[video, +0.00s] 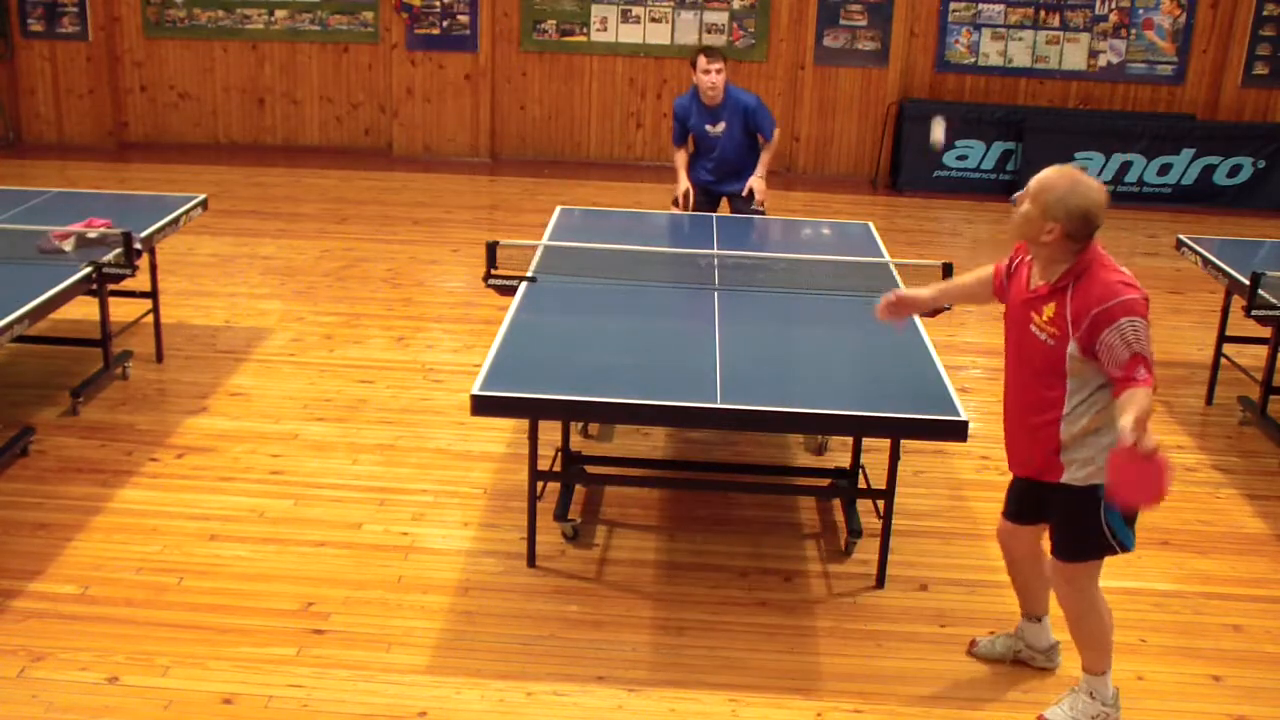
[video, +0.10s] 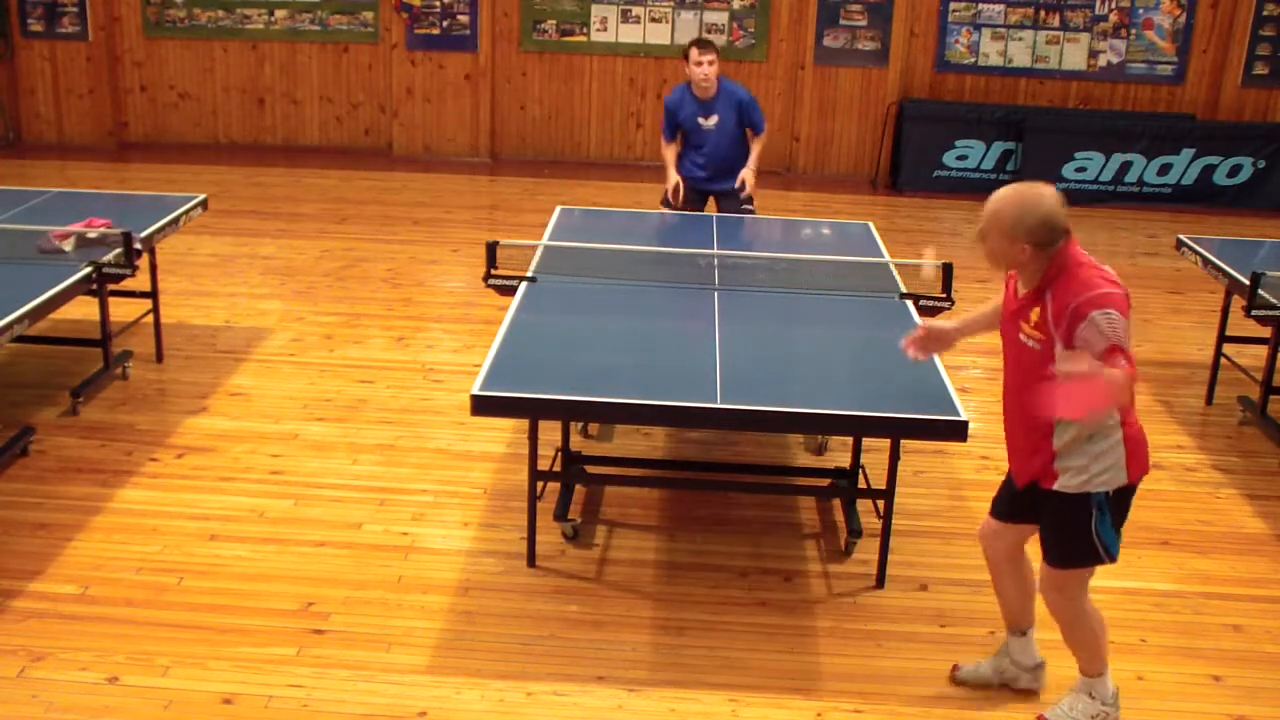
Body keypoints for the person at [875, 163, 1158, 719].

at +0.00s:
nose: (1015, 201)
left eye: (1025, 199)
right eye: (1022, 194)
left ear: (1050, 231)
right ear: (1051, 229)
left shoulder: (1111, 296)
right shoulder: (1027, 261)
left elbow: (1137, 380)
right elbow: (988, 282)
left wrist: (1131, 421)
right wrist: (927, 298)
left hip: (1088, 465)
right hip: (1038, 453)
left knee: (1075, 576)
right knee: (1016, 535)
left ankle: (1099, 692)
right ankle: (1035, 636)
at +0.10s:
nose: (983, 242)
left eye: (989, 236)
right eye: (984, 233)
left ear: (1021, 251)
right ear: (1027, 245)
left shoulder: (1092, 298)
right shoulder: (1035, 270)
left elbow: (1120, 383)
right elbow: (1011, 309)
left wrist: (1086, 385)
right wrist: (955, 330)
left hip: (1091, 464)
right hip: (1043, 449)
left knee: (1062, 589)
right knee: (998, 539)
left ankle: (1099, 694)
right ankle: (1021, 657)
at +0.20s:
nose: (956, 257)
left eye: (961, 250)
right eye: (957, 248)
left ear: (999, 255)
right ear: (1002, 249)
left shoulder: (1062, 292)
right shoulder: (1027, 271)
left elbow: (1075, 386)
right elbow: (1024, 342)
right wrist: (973, 360)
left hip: (1082, 473)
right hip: (1037, 456)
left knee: (1034, 598)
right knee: (990, 551)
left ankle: (1093, 683)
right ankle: (1014, 670)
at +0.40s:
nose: (947, 245)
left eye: (948, 235)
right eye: (946, 234)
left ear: (969, 240)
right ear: (997, 228)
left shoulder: (1031, 281)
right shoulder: (1017, 270)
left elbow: (1043, 367)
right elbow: (1025, 355)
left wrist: (955, 348)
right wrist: (959, 347)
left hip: (1048, 477)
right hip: (1031, 464)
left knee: (967, 599)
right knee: (988, 568)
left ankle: (1010, 707)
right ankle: (1010, 670)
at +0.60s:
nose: (945, 242)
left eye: (945, 232)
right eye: (944, 232)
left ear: (961, 235)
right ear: (1011, 227)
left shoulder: (989, 290)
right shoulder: (1057, 277)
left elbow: (974, 383)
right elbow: (1091, 352)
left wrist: (907, 372)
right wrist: (1016, 364)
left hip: (1016, 490)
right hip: (1074, 481)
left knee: (943, 619)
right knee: (1003, 569)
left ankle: (946, 714)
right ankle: (1015, 673)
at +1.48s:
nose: (996, 242)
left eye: (998, 235)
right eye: (999, 233)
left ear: (1007, 243)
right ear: (1061, 241)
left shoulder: (995, 320)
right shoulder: (1105, 302)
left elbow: (942, 408)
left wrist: (926, 377)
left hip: (1035, 507)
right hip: (1117, 502)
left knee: (940, 592)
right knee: (1082, 565)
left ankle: (933, 713)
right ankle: (1100, 680)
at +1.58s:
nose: (1024, 242)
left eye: (1026, 234)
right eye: (1028, 233)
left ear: (1034, 242)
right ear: (1089, 246)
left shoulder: (1003, 314)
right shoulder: (1129, 307)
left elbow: (953, 393)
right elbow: (1148, 353)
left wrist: (962, 357)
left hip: (1036, 508)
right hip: (1124, 509)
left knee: (945, 593)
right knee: (1103, 569)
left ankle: (934, 713)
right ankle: (1106, 682)